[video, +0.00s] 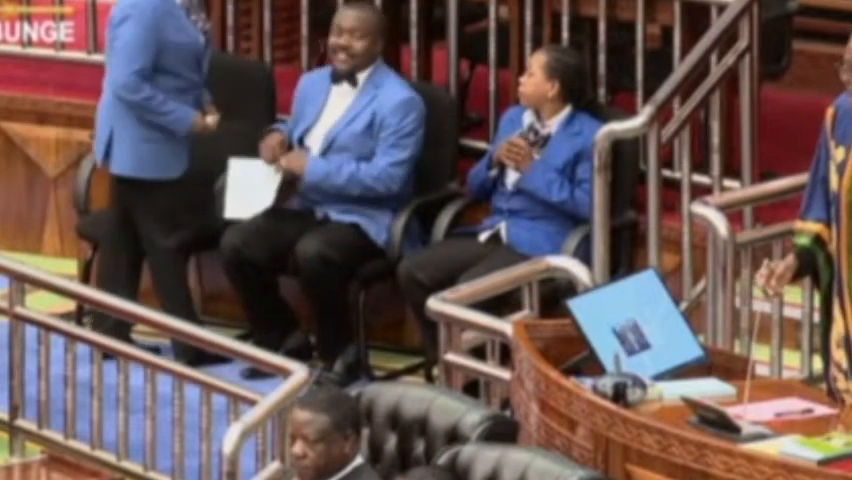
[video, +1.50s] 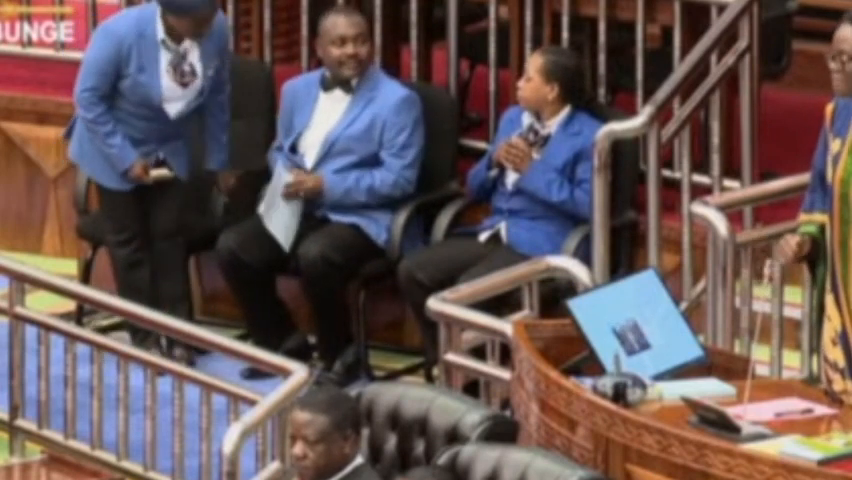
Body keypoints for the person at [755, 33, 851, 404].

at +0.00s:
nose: (844, 64)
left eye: (849, 57)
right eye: (844, 56)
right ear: (840, 61)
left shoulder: (839, 115)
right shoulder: (839, 114)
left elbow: (820, 203)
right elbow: (822, 201)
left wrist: (796, 260)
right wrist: (796, 261)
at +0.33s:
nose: (844, 64)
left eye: (849, 58)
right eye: (843, 57)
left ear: (851, 61)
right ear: (839, 60)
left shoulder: (839, 115)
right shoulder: (839, 114)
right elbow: (820, 207)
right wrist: (795, 260)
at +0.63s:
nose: (843, 72)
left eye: (848, 63)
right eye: (841, 63)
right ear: (836, 63)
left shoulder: (838, 115)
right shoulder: (837, 113)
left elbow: (818, 196)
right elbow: (818, 194)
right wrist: (795, 244)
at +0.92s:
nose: (846, 78)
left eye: (851, 67)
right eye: (841, 68)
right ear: (831, 69)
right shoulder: (835, 116)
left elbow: (819, 209)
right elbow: (818, 207)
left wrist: (792, 238)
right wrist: (792, 238)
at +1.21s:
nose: (836, 70)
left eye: (844, 61)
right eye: (832, 60)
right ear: (826, 61)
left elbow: (821, 190)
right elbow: (818, 186)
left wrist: (808, 233)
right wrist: (805, 231)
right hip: (834, 273)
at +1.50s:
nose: (836, 66)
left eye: (843, 57)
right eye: (833, 57)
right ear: (828, 59)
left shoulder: (839, 115)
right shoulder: (835, 113)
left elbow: (822, 191)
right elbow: (820, 187)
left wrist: (806, 234)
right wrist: (805, 234)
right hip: (835, 281)